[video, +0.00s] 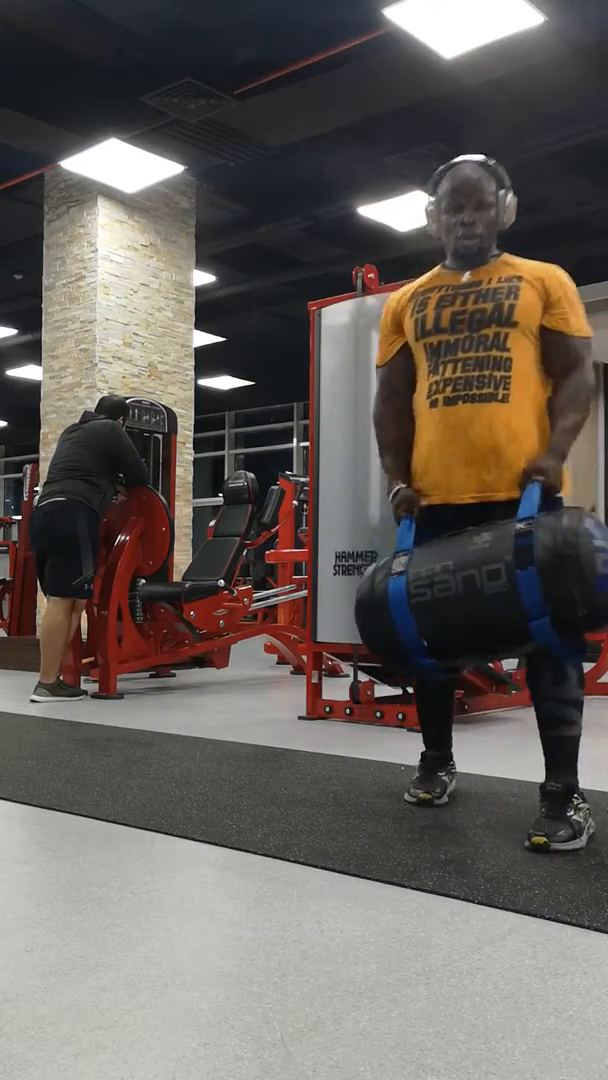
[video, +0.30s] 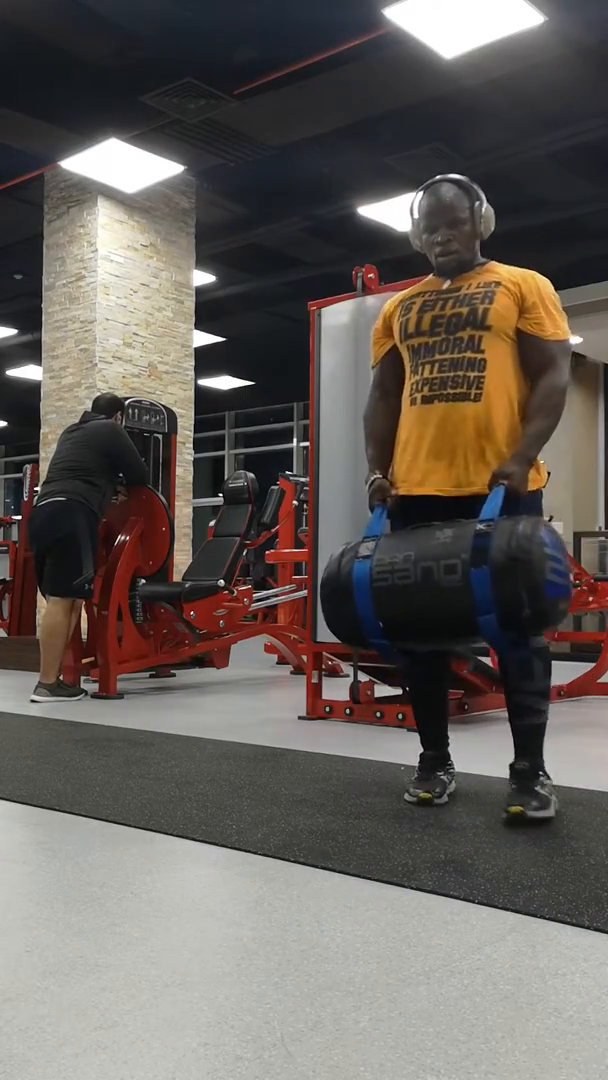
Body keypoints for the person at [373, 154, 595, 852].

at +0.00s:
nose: (467, 216)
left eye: (479, 204)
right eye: (453, 206)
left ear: (507, 208)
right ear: (434, 216)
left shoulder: (544, 282)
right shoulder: (405, 302)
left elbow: (575, 375)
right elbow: (391, 397)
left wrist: (555, 453)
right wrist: (396, 476)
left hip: (524, 494)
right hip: (434, 499)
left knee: (549, 631)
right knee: (429, 631)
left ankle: (560, 791)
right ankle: (435, 760)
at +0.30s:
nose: (441, 234)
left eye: (454, 221)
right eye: (430, 225)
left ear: (483, 222)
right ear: (417, 234)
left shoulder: (524, 287)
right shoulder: (398, 307)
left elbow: (552, 378)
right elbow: (383, 394)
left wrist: (523, 455)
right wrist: (377, 464)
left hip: (500, 491)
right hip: (416, 494)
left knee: (518, 624)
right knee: (416, 626)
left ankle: (528, 770)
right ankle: (434, 761)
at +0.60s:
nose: (456, 257)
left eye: (468, 244)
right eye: (446, 247)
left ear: (499, 237)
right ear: (436, 247)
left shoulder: (540, 298)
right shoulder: (423, 314)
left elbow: (564, 393)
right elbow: (407, 398)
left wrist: (525, 471)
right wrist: (394, 469)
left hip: (510, 499)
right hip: (429, 499)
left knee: (523, 623)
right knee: (430, 628)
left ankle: (534, 757)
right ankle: (433, 761)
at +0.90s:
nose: (480, 255)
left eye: (492, 243)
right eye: (470, 245)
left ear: (523, 238)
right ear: (457, 247)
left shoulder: (558, 307)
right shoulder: (439, 317)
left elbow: (579, 400)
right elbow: (424, 401)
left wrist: (547, 485)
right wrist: (415, 476)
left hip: (524, 504)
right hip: (448, 504)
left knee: (532, 626)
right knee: (441, 622)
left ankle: (536, 759)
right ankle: (443, 750)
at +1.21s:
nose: (415, 281)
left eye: (420, 268)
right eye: (414, 270)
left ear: (452, 257)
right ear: (446, 262)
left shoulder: (527, 314)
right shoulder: (419, 337)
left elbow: (552, 400)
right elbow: (411, 419)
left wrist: (531, 483)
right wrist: (409, 490)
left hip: (509, 506)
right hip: (437, 511)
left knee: (527, 627)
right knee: (428, 622)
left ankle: (535, 757)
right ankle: (430, 742)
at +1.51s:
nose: (396, 298)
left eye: (401, 286)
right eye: (395, 288)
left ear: (431, 276)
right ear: (425, 283)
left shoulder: (497, 320)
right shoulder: (402, 354)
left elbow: (520, 401)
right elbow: (393, 428)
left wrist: (495, 482)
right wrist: (387, 492)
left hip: (487, 506)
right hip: (416, 512)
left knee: (509, 622)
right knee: (416, 624)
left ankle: (529, 754)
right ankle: (430, 742)